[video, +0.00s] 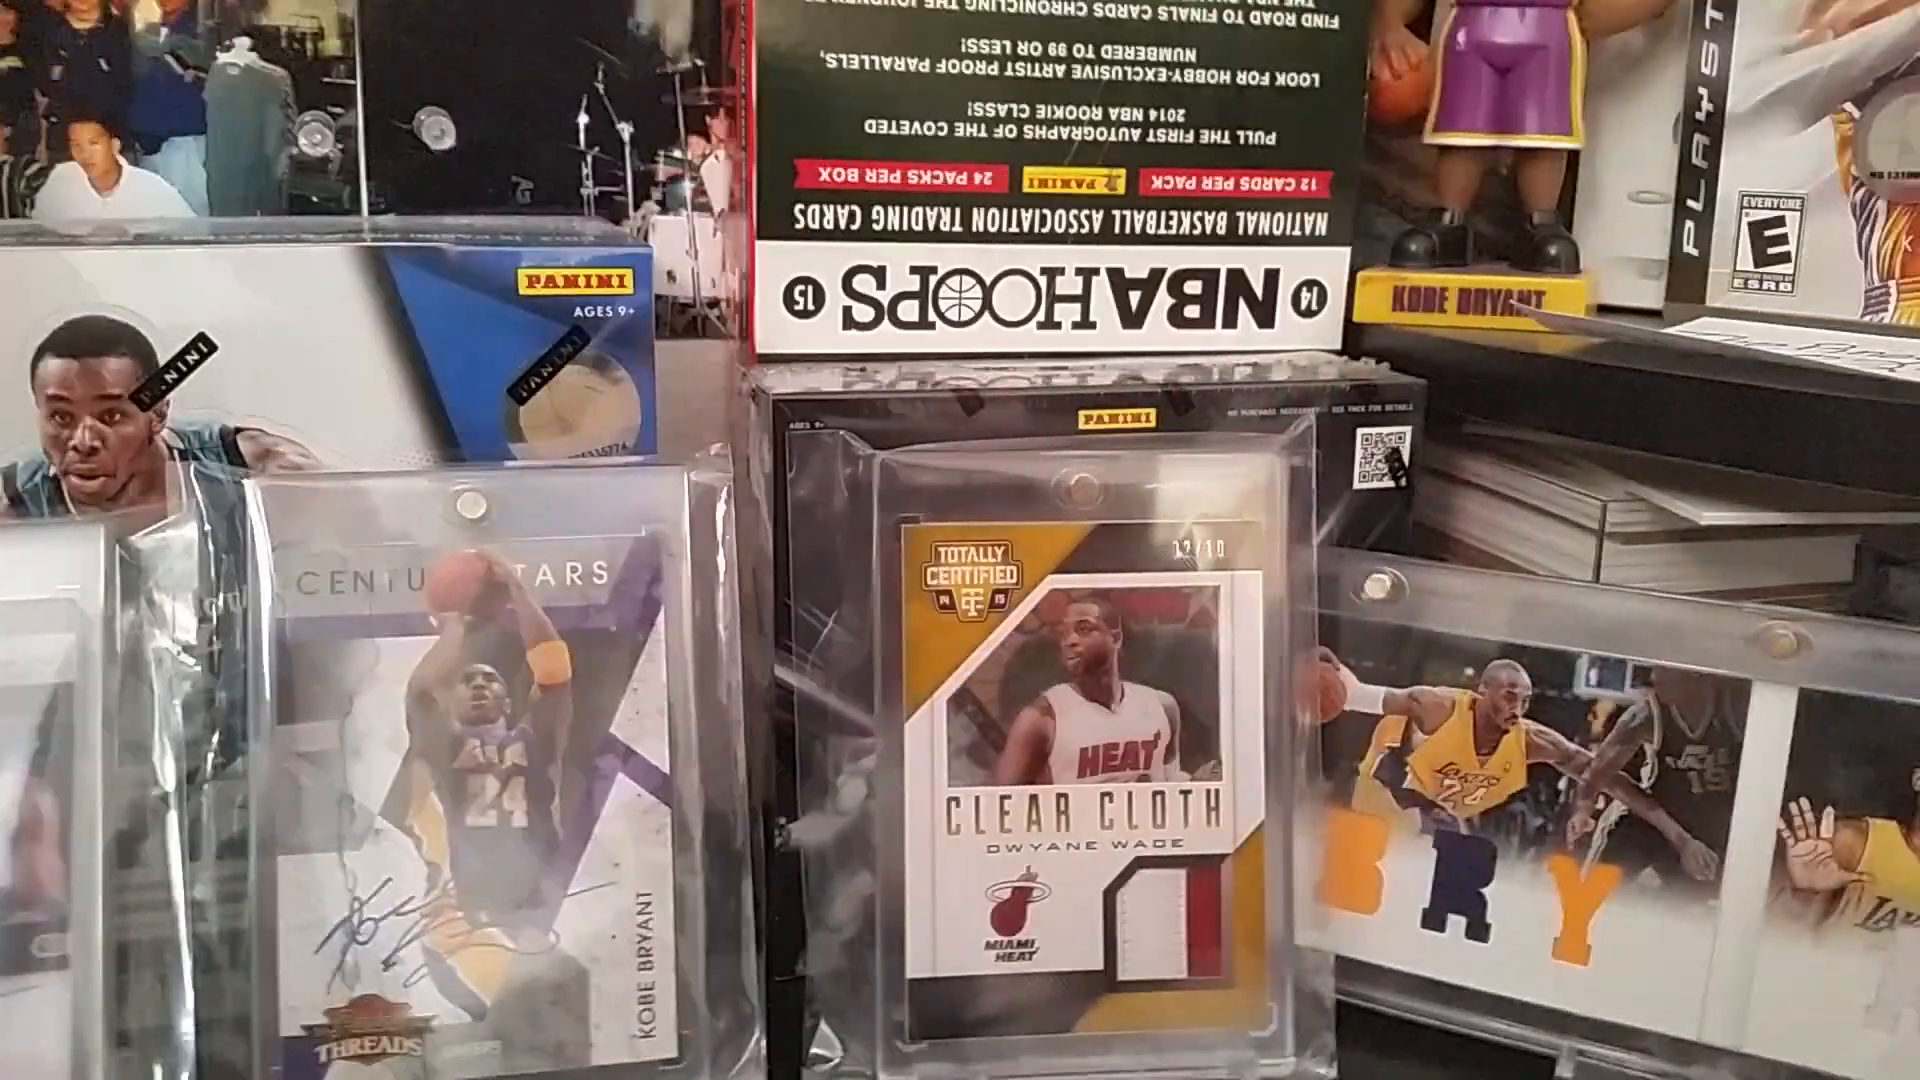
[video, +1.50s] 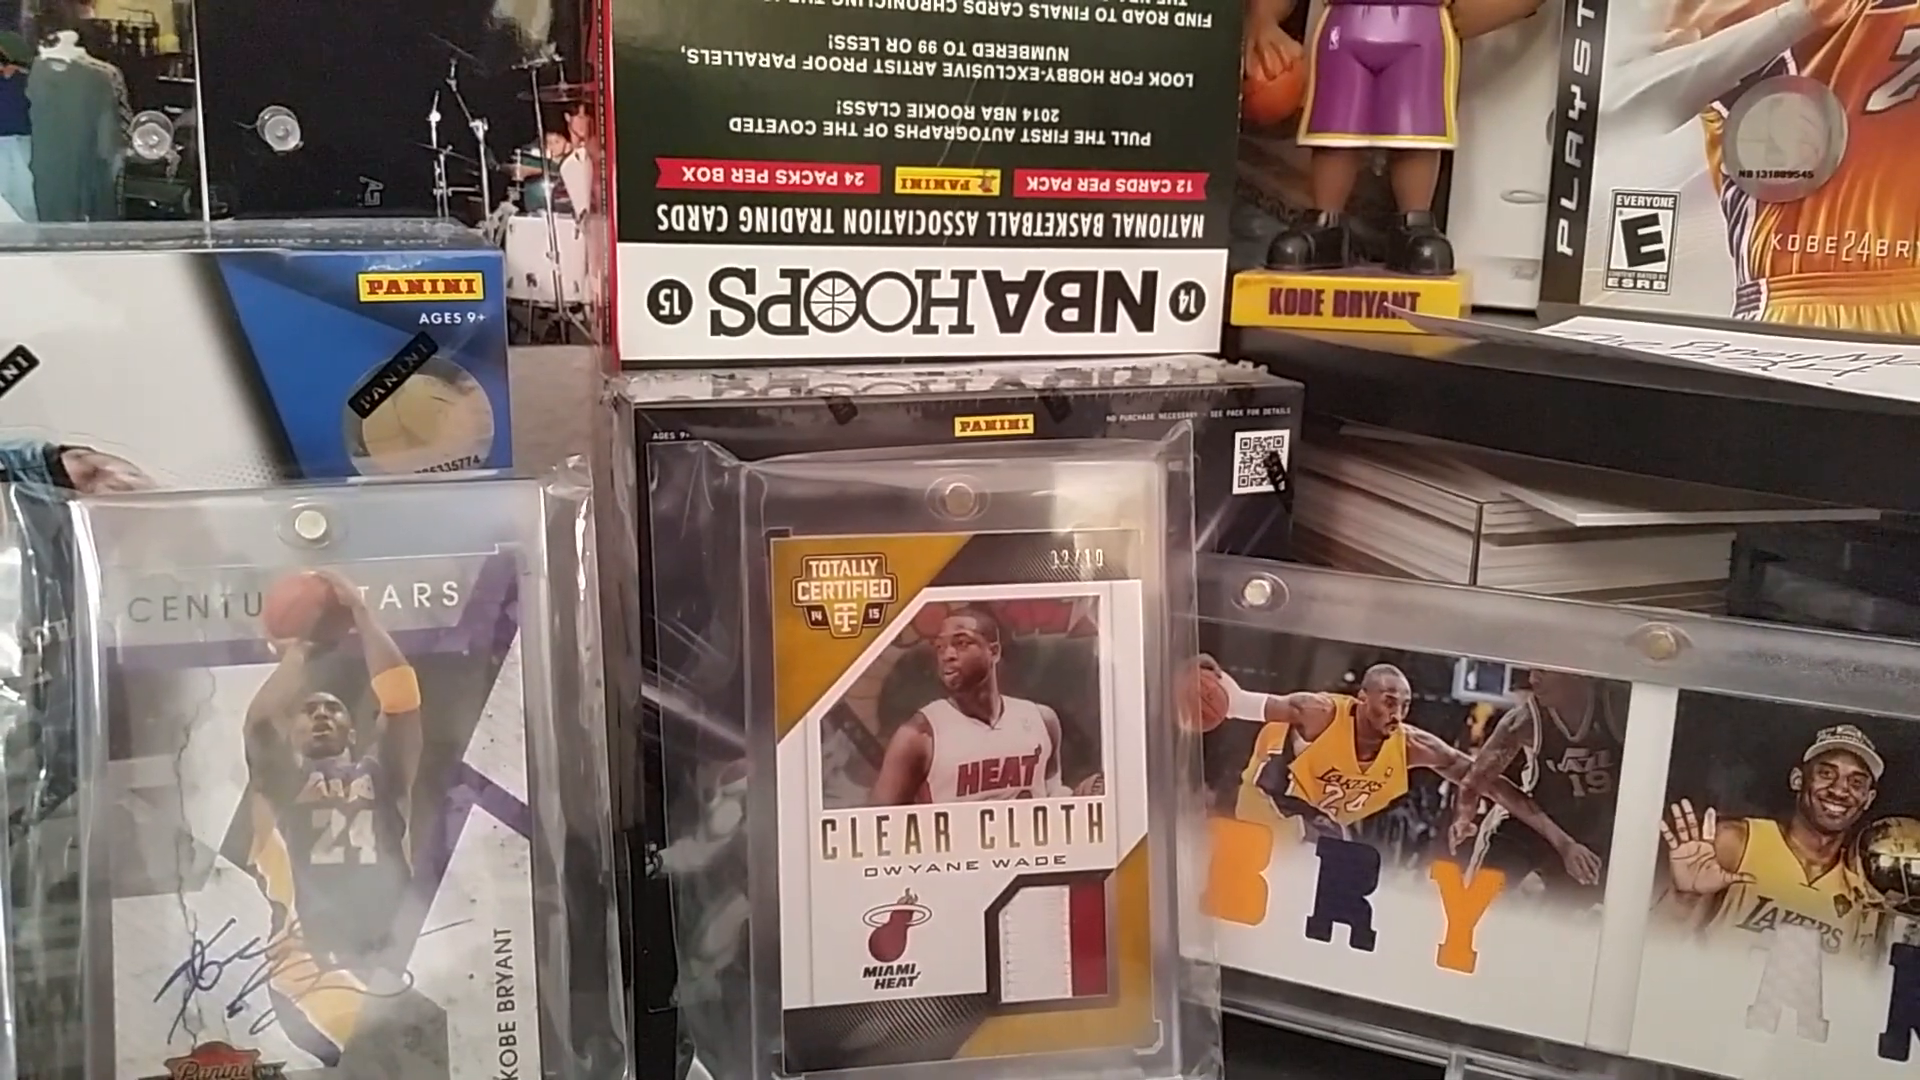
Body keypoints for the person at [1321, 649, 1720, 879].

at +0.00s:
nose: (1517, 707)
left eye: (1522, 699)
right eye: (1508, 695)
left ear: (1526, 702)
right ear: (1481, 691)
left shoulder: (1534, 740)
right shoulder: (1436, 704)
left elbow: (1605, 776)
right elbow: (1366, 697)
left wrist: (1679, 838)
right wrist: (1337, 676)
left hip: (1464, 814)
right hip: (1407, 794)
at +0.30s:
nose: (1417, 710)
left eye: (1425, 702)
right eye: (1409, 698)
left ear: (1430, 706)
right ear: (1383, 694)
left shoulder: (1439, 744)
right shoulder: (1342, 709)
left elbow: (1513, 782)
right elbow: (1267, 701)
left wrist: (1583, 840)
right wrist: (1238, 686)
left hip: (1371, 819)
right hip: (1315, 799)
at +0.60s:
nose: (1397, 709)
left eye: (1403, 701)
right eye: (1388, 697)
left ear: (1407, 707)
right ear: (1360, 694)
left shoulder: (1415, 744)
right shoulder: (1319, 708)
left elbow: (1489, 781)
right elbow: (1243, 701)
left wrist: (1563, 840)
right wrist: (1214, 681)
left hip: (1338, 817)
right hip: (1282, 793)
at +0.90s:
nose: (1395, 708)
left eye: (1401, 700)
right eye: (1386, 698)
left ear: (1405, 705)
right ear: (1359, 695)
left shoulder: (1415, 745)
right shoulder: (1317, 709)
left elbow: (1488, 782)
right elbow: (1242, 701)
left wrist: (1563, 842)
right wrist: (1208, 678)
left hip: (1338, 816)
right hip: (1286, 793)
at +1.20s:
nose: (1395, 709)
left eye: (1401, 701)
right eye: (1386, 698)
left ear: (1405, 706)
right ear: (1359, 695)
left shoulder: (1415, 745)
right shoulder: (1316, 709)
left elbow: (1488, 782)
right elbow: (1240, 701)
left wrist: (1561, 842)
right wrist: (1207, 679)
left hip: (1332, 814)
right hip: (1279, 789)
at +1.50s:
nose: (1397, 710)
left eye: (1403, 703)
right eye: (1387, 699)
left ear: (1407, 707)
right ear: (1360, 696)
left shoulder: (1417, 747)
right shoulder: (1318, 710)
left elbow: (1490, 783)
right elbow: (1243, 701)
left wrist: (1563, 843)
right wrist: (1210, 679)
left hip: (1323, 820)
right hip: (1272, 793)